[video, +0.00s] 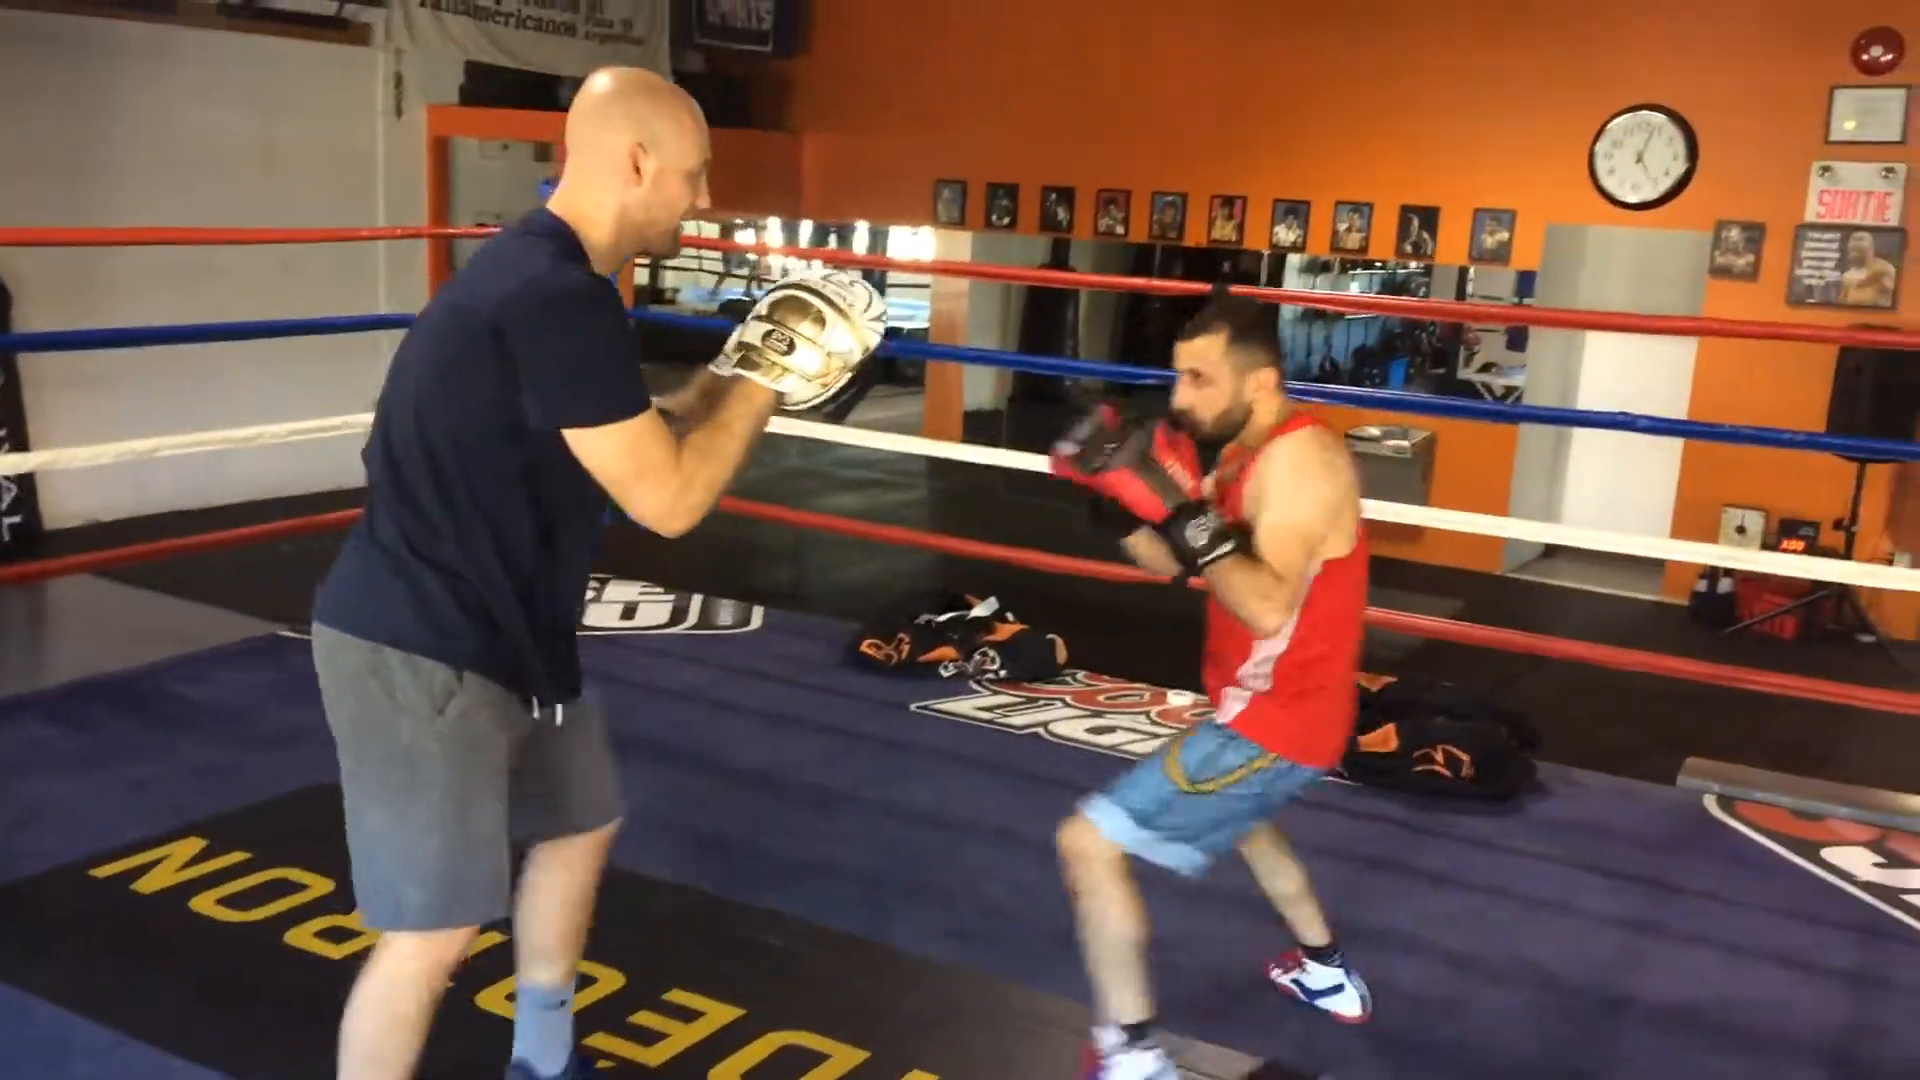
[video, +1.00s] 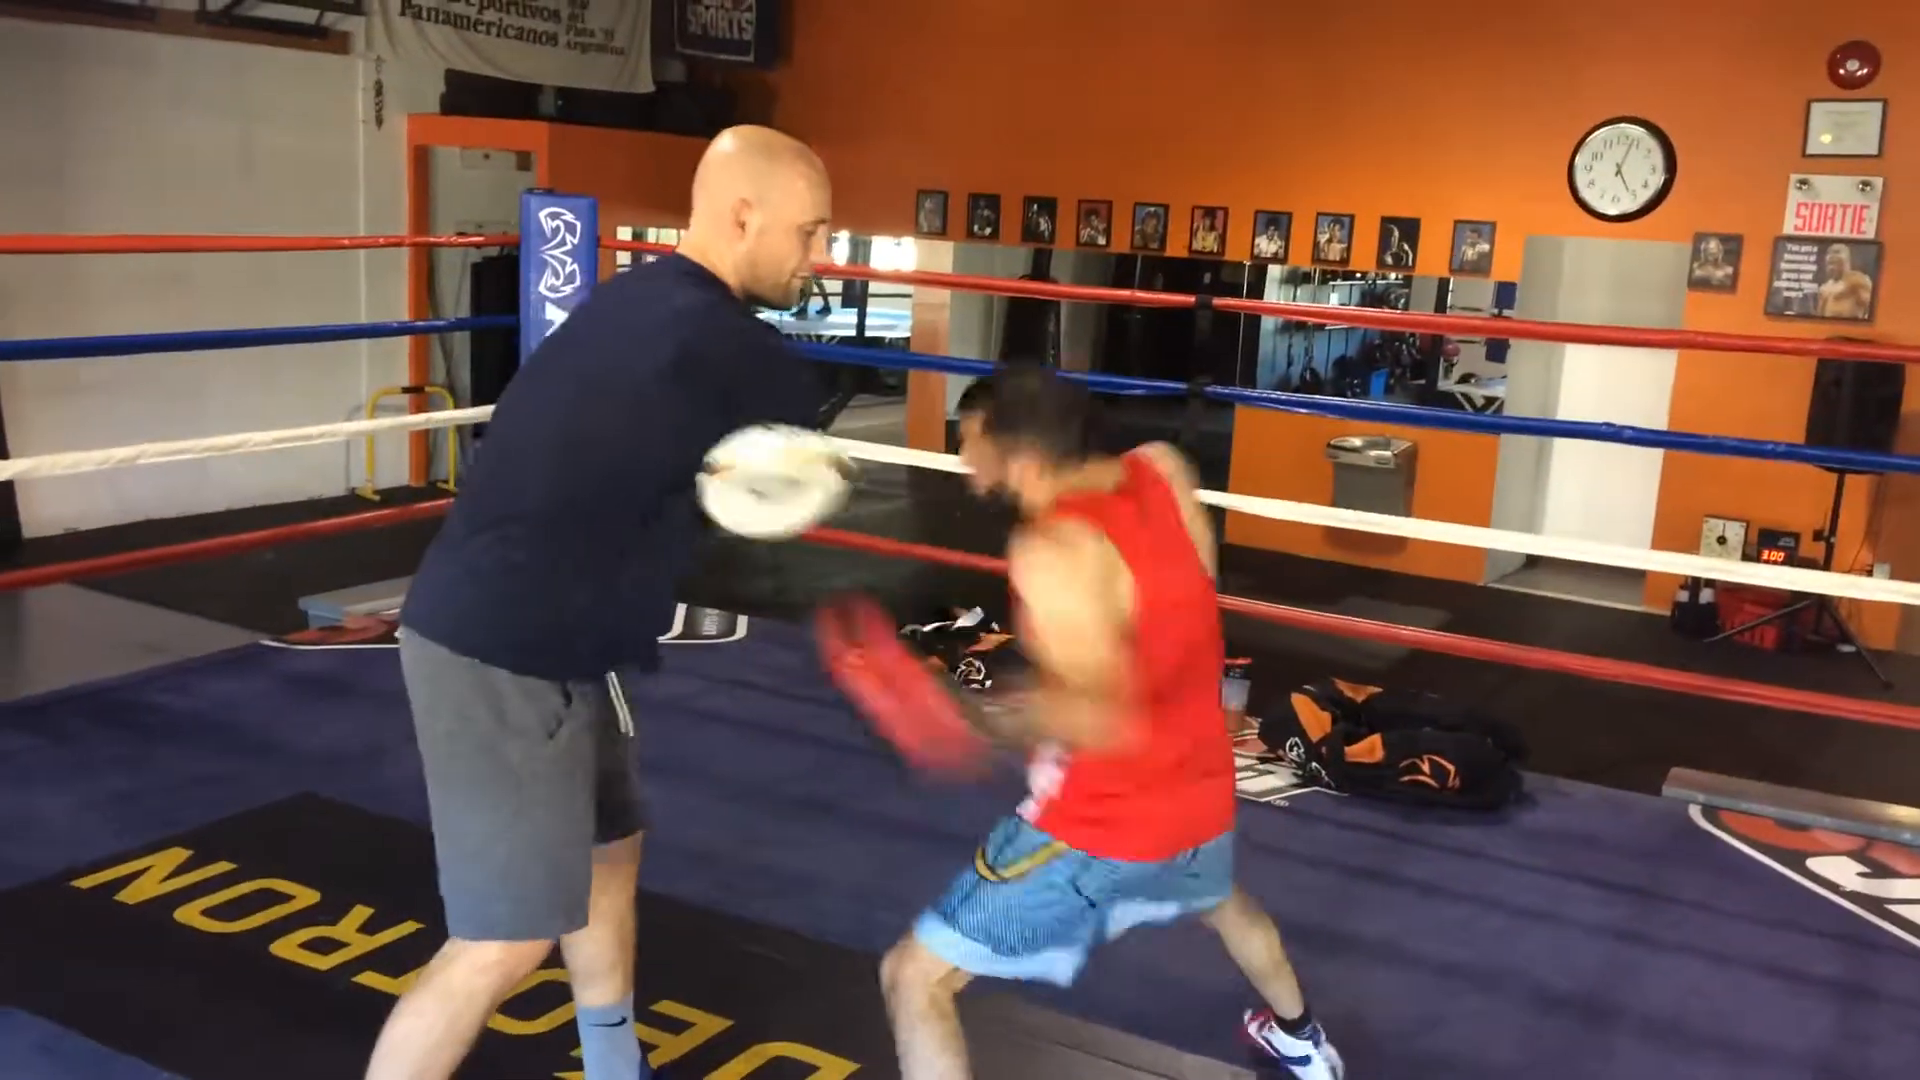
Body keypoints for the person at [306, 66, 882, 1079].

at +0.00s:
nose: (700, 202)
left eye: (702, 179)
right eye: (693, 176)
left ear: (615, 162)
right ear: (633, 164)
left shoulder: (548, 276)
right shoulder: (549, 293)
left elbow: (630, 452)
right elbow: (670, 500)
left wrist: (739, 367)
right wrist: (768, 379)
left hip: (509, 634)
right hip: (413, 642)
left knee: (578, 819)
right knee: (431, 925)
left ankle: (541, 1062)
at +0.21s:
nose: (721, 229)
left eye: (722, 204)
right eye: (710, 201)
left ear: (637, 196)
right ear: (647, 194)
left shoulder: (598, 324)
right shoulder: (564, 326)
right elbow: (615, 555)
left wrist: (756, 416)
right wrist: (717, 422)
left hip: (508, 660)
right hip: (417, 663)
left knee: (562, 856)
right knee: (448, 939)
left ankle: (591, 1069)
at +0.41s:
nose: (736, 248)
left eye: (739, 223)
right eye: (729, 220)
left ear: (652, 206)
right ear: (666, 205)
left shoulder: (598, 326)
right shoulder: (571, 332)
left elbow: (580, 524)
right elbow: (590, 582)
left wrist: (691, 469)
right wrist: (699, 505)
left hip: (516, 646)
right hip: (412, 655)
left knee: (596, 839)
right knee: (455, 942)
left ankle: (590, 1068)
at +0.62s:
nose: (749, 242)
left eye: (752, 216)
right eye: (744, 212)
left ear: (658, 198)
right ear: (684, 198)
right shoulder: (625, 316)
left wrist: (759, 489)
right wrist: (785, 455)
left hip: (516, 647)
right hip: (441, 651)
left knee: (581, 838)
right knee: (453, 939)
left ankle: (595, 1069)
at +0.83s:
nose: (786, 260)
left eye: (791, 239)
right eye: (778, 234)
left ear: (693, 216)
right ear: (709, 216)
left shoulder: (584, 294)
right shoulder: (698, 330)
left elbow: (544, 448)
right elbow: (881, 447)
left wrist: (661, 516)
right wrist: (945, 469)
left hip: (536, 645)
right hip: (474, 649)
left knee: (586, 848)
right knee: (487, 942)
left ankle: (602, 1069)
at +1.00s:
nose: (819, 260)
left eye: (823, 237)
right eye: (810, 233)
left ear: (726, 218)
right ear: (743, 216)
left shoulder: (641, 296)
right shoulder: (701, 327)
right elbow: (815, 405)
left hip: (566, 644)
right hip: (489, 650)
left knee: (609, 848)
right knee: (507, 934)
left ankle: (613, 1068)